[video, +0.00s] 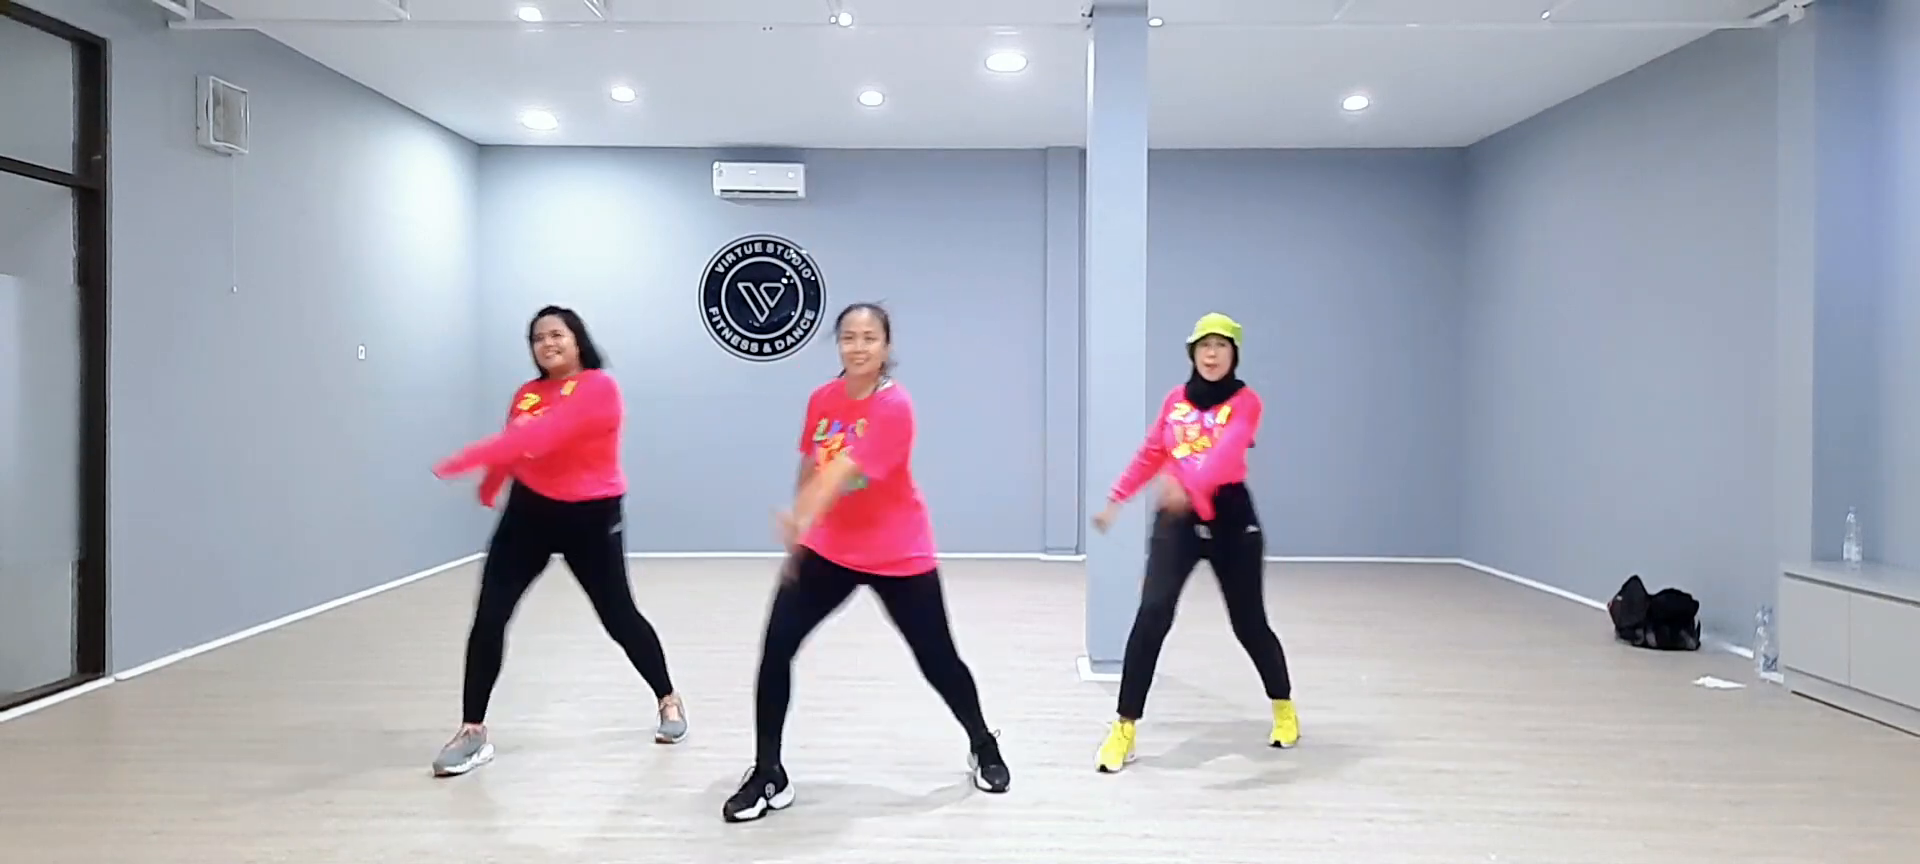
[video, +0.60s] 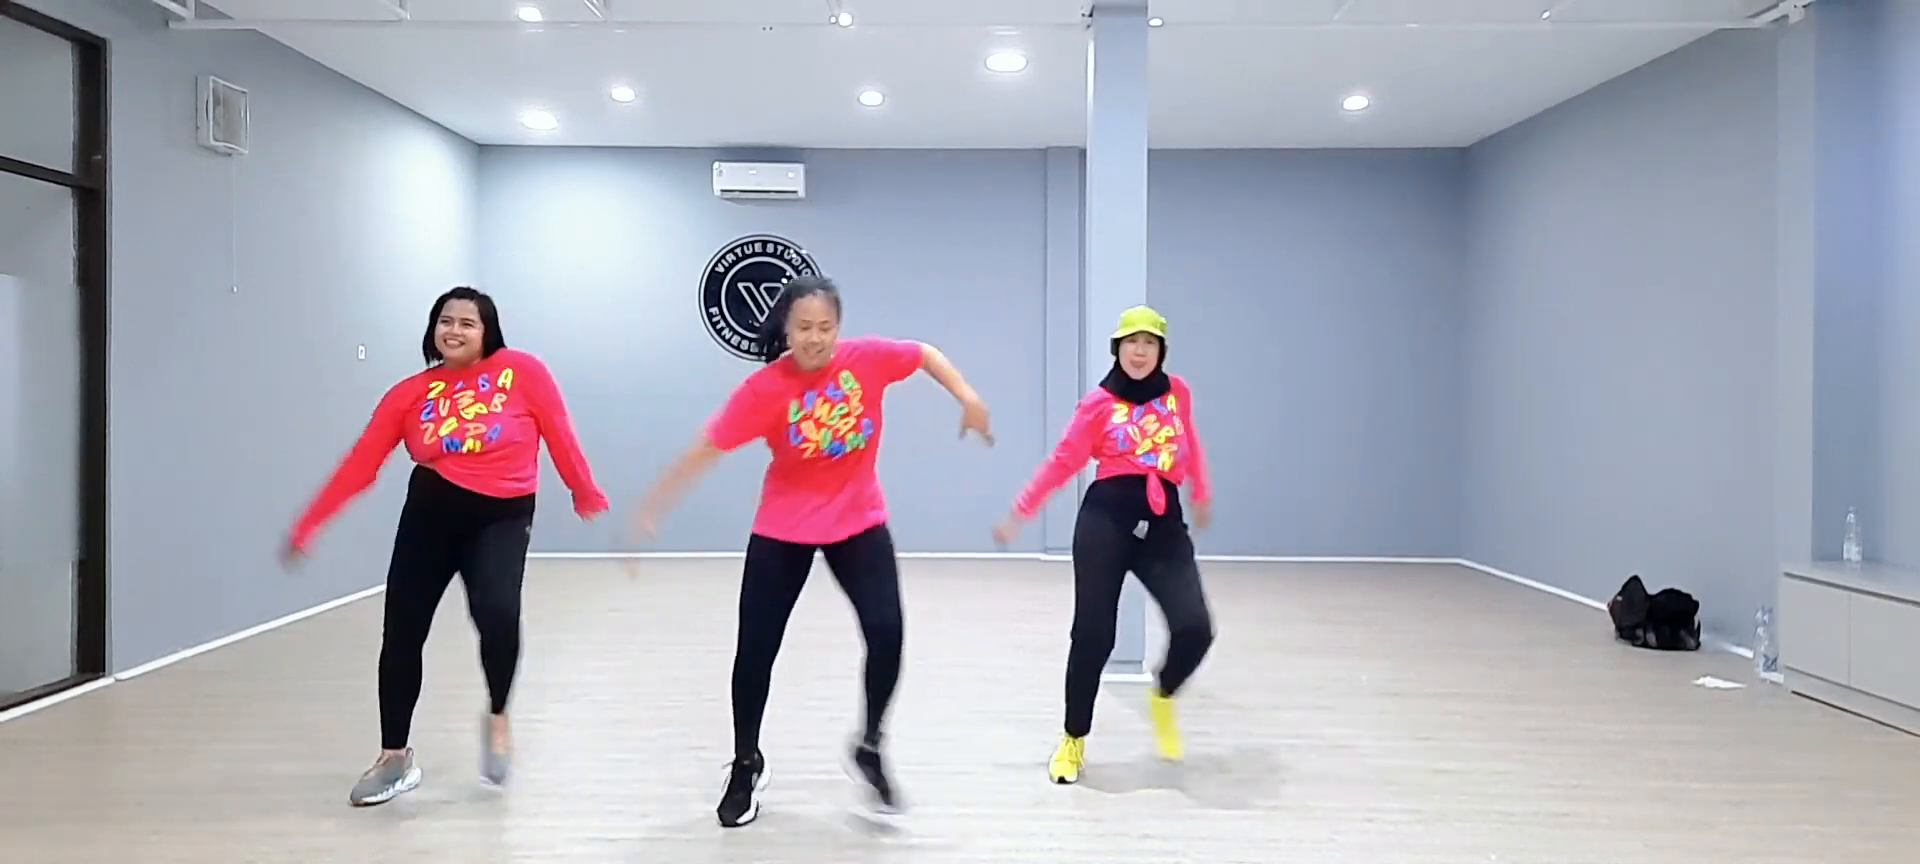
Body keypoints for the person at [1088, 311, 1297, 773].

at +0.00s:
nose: (1212, 354)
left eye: (1221, 346)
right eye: (1205, 345)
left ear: (1235, 355)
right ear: (1193, 352)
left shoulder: (1246, 402)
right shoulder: (1176, 400)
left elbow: (1227, 453)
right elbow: (1152, 454)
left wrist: (1186, 483)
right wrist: (1115, 500)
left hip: (1231, 519)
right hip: (1177, 517)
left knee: (1248, 624)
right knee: (1152, 617)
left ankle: (1283, 709)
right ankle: (1124, 726)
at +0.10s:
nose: (1193, 338)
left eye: (1202, 330)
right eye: (1186, 329)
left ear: (1217, 337)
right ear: (1173, 336)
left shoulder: (1230, 379)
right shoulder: (1158, 383)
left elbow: (1223, 405)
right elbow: (1125, 428)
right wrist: (1082, 463)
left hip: (1204, 491)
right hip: (1151, 491)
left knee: (1228, 606)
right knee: (1136, 604)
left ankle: (1255, 690)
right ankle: (1121, 725)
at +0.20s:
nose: (1178, 312)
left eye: (1187, 305)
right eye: (1170, 304)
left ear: (1199, 314)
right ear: (1156, 310)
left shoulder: (1211, 356)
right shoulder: (1141, 355)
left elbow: (1248, 338)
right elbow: (1101, 397)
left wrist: (1186, 354)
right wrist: (1058, 430)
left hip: (1193, 474)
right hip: (1139, 472)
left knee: (1200, 587)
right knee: (1128, 585)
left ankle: (1190, 682)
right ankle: (1112, 710)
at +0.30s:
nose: (1157, 307)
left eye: (1166, 299)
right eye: (1149, 299)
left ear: (1181, 306)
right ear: (1137, 304)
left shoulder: (1201, 334)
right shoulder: (1125, 348)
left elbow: (1258, 311)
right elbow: (1081, 383)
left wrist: (1214, 343)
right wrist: (1035, 409)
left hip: (1185, 470)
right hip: (1132, 467)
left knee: (1163, 592)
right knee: (1117, 584)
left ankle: (1136, 697)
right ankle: (1093, 704)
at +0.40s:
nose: (1140, 330)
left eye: (1150, 321)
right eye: (1132, 321)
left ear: (1167, 326)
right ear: (1121, 327)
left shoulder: (1191, 351)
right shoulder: (1111, 371)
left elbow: (1249, 332)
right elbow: (1062, 398)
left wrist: (1234, 370)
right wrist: (1009, 417)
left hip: (1175, 495)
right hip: (1122, 489)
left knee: (1142, 611)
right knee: (1107, 603)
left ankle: (1102, 715)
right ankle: (1073, 727)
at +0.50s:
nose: (1134, 345)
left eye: (1143, 337)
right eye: (1126, 336)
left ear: (1157, 343)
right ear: (1113, 342)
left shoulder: (1184, 380)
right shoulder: (1098, 398)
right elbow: (1051, 434)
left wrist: (1239, 441)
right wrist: (997, 458)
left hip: (1163, 518)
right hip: (1108, 515)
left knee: (1158, 640)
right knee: (1096, 627)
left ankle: (1115, 704)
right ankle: (1072, 737)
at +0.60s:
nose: (1139, 352)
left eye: (1149, 344)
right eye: (1131, 343)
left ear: (1161, 350)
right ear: (1117, 348)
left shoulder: (1176, 392)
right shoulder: (1099, 403)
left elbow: (1190, 447)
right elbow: (1063, 461)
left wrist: (1200, 495)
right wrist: (1018, 513)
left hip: (1162, 523)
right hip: (1106, 520)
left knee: (1196, 631)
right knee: (1093, 633)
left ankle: (1163, 693)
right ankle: (1073, 739)